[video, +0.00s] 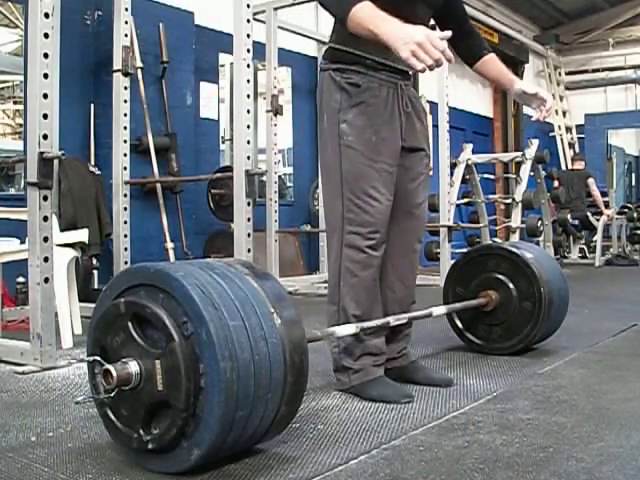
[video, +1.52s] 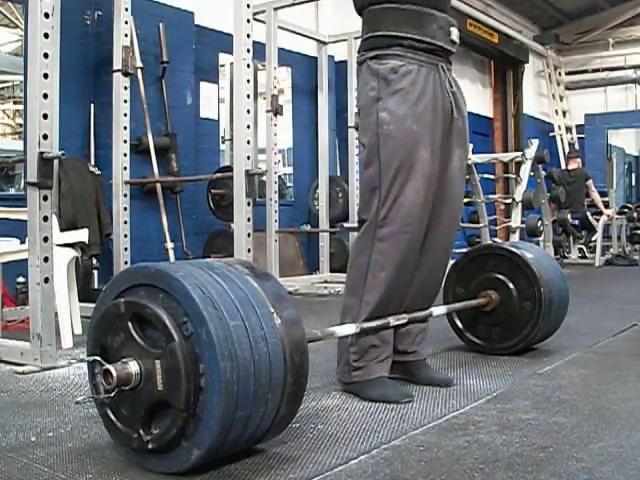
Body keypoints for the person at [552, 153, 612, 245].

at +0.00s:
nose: (582, 166)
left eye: (581, 164)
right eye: (582, 164)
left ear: (572, 164)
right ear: (583, 164)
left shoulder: (561, 174)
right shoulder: (586, 174)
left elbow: (555, 191)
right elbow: (595, 193)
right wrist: (604, 210)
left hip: (562, 213)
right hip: (579, 212)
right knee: (594, 229)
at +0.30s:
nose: (585, 167)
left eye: (583, 165)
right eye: (584, 165)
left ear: (572, 165)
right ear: (584, 165)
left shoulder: (562, 175)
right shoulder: (586, 175)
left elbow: (555, 192)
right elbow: (595, 193)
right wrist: (604, 210)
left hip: (563, 214)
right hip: (579, 213)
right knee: (593, 231)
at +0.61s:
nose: (582, 166)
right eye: (583, 165)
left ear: (572, 164)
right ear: (584, 165)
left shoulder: (562, 174)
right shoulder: (586, 175)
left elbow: (555, 190)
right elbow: (595, 193)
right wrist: (604, 210)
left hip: (563, 213)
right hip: (579, 212)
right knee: (593, 231)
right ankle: (583, 246)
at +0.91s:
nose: (580, 163)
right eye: (580, 161)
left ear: (569, 162)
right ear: (580, 162)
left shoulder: (561, 174)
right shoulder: (584, 174)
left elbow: (555, 190)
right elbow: (594, 192)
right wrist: (604, 210)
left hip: (563, 212)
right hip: (579, 212)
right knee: (593, 231)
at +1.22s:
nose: (581, 163)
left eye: (580, 160)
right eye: (580, 160)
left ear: (567, 161)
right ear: (578, 161)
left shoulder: (560, 175)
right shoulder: (583, 173)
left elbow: (554, 194)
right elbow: (593, 192)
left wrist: (553, 215)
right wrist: (604, 210)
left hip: (562, 214)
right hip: (578, 214)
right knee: (593, 231)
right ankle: (584, 245)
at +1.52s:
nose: (581, 162)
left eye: (580, 160)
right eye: (580, 160)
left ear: (567, 161)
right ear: (578, 161)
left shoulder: (559, 175)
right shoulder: (583, 173)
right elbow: (593, 192)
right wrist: (604, 210)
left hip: (562, 214)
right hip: (579, 213)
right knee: (592, 230)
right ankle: (585, 245)